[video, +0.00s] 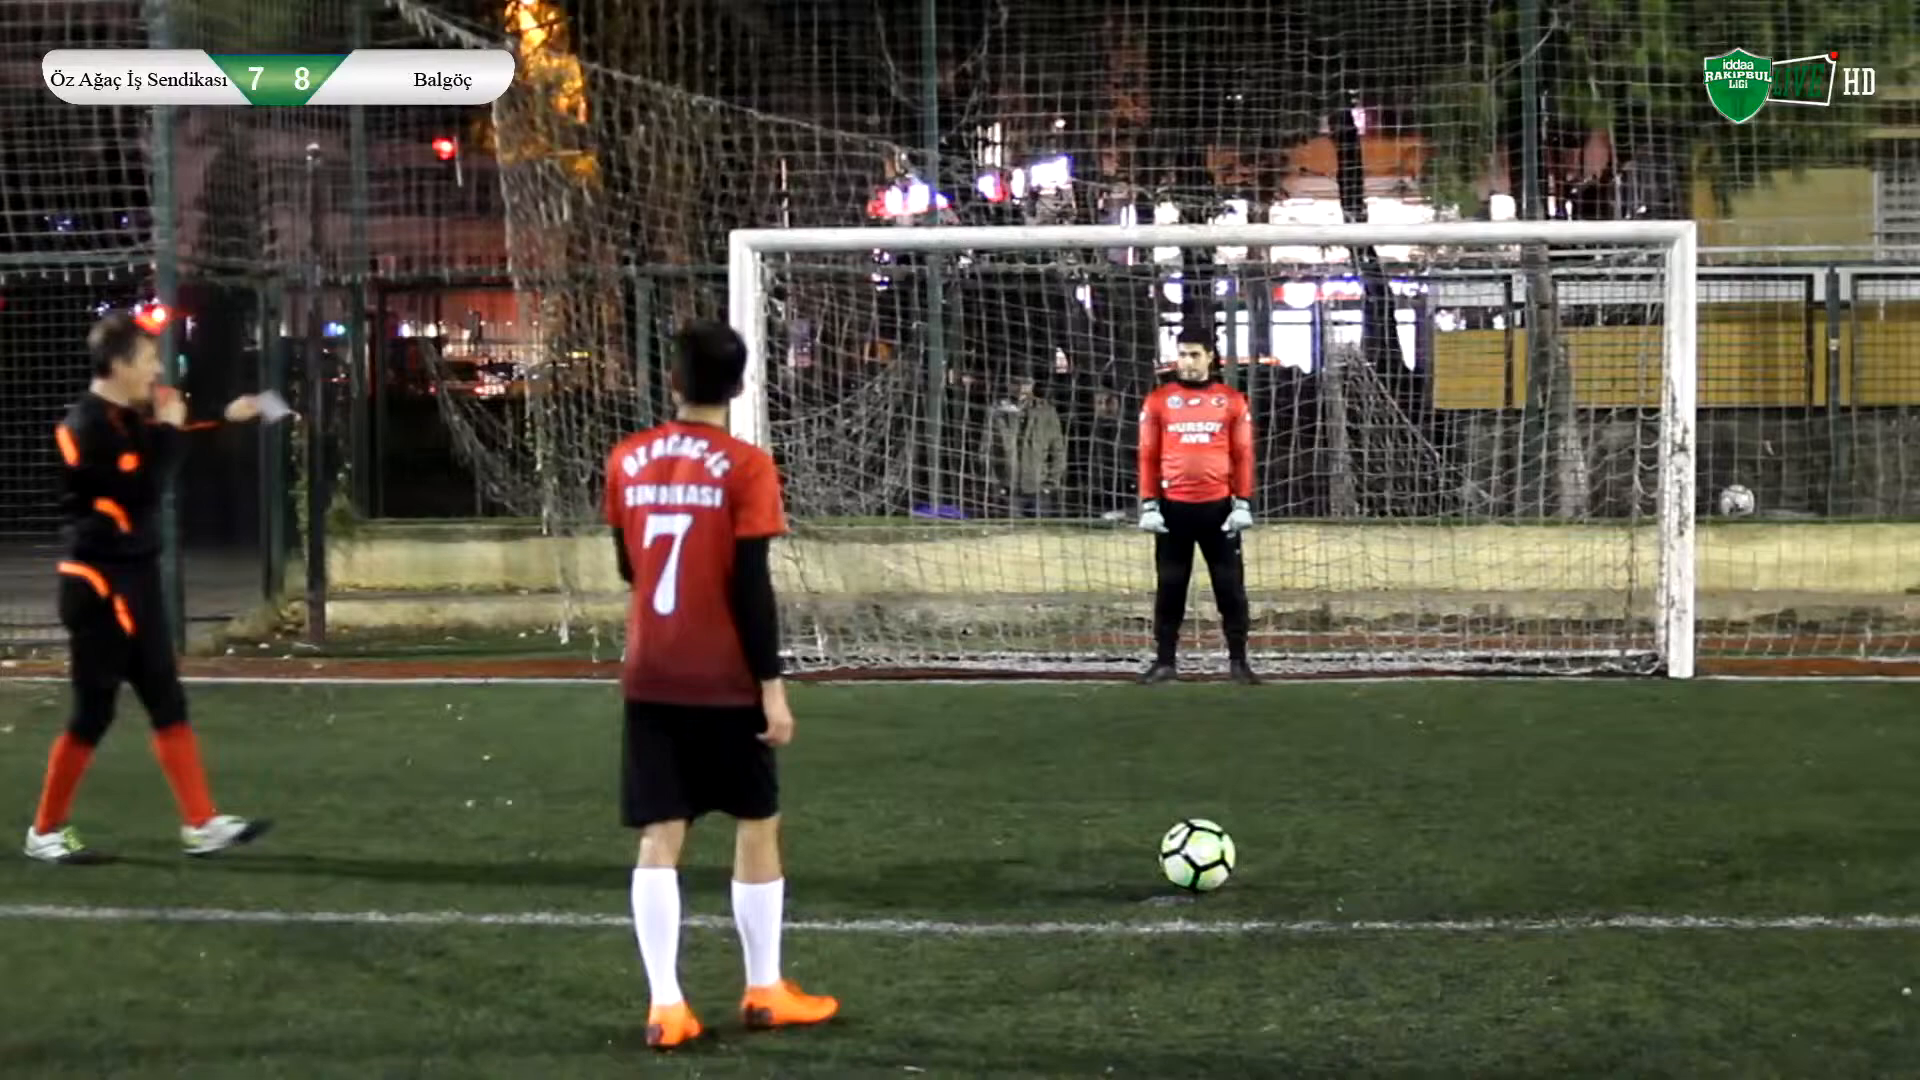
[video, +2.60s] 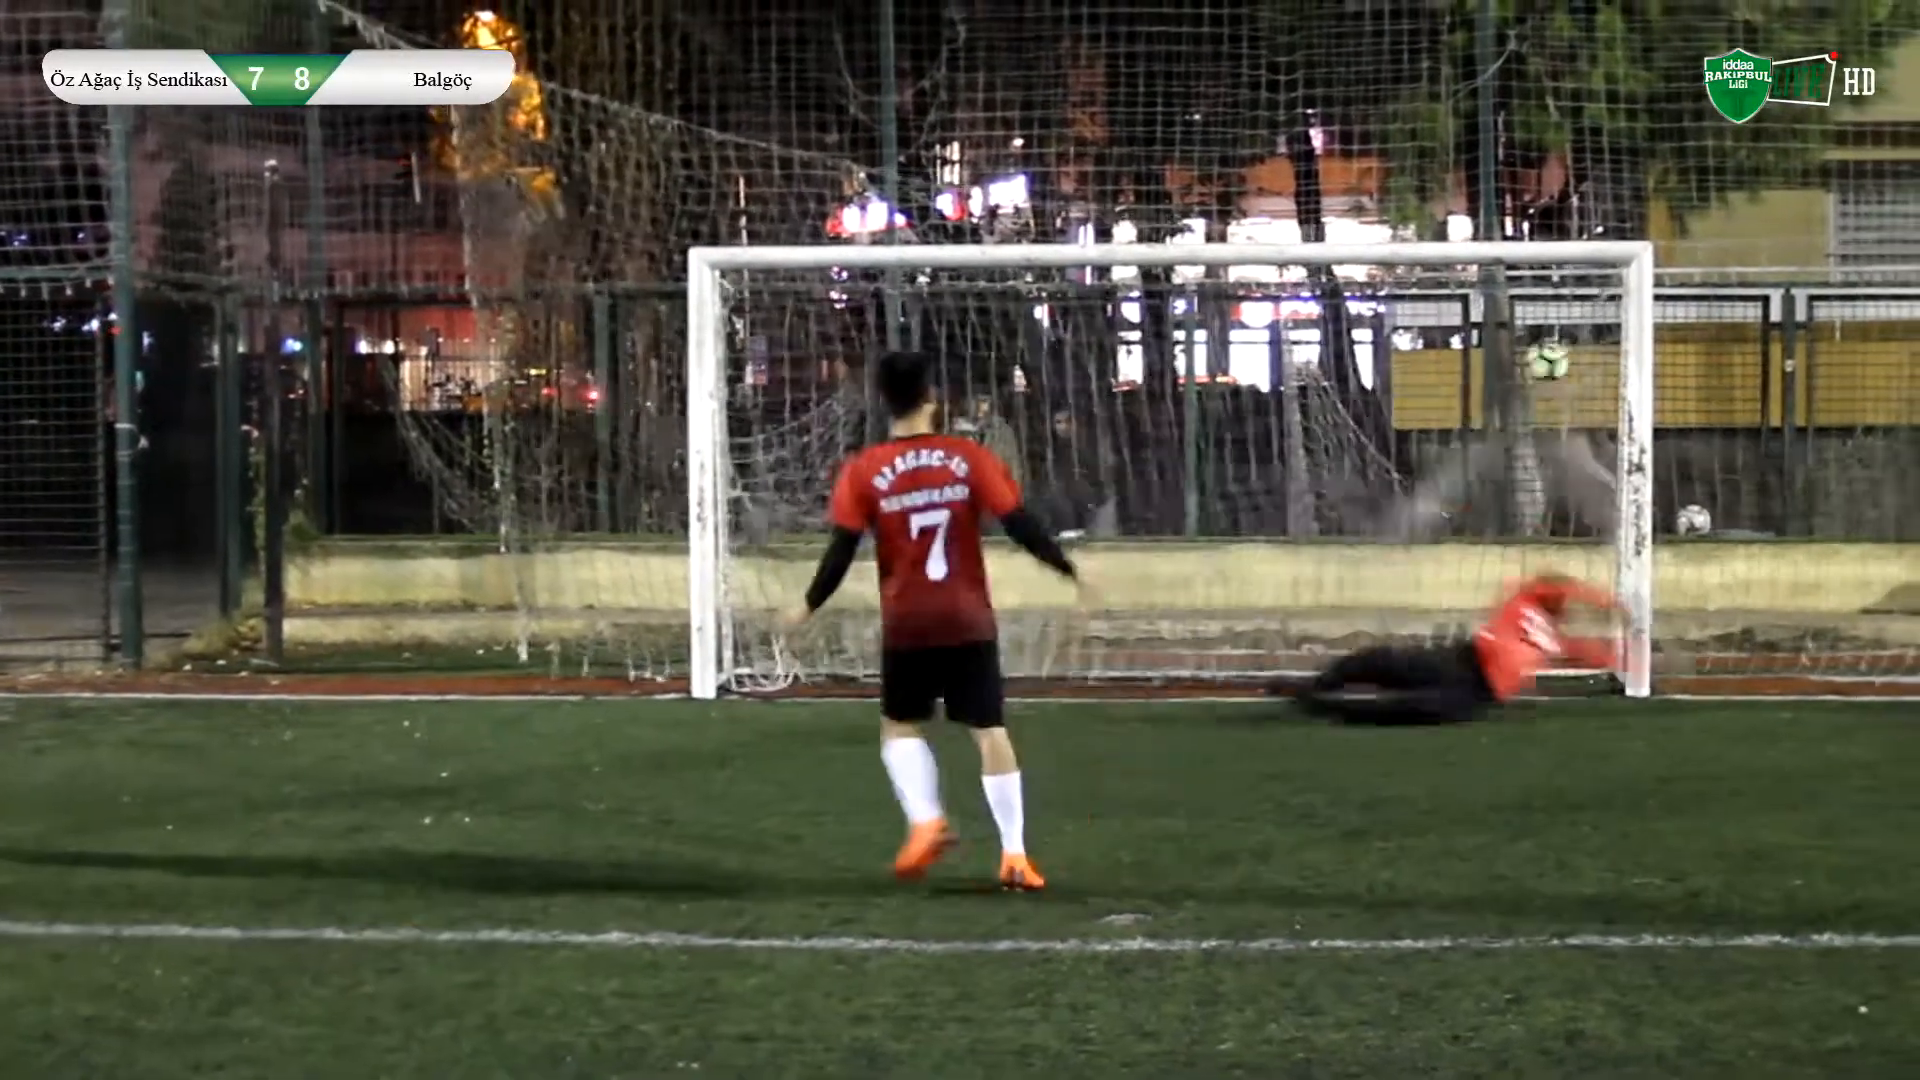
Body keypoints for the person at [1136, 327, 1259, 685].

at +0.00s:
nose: (1189, 362)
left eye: (1196, 355)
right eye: (1183, 354)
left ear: (1211, 358)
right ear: (1176, 358)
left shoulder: (1232, 400)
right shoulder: (1157, 400)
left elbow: (1244, 453)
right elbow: (1148, 454)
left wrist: (1243, 500)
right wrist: (1149, 501)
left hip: (1219, 505)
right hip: (1173, 505)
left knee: (1230, 588)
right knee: (1169, 587)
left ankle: (1238, 661)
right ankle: (1165, 661)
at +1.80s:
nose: (1216, 377)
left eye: (1223, 370)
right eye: (1210, 370)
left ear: (1234, 374)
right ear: (1200, 372)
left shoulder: (1252, 418)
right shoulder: (1176, 413)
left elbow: (1269, 472)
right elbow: (1159, 465)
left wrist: (1283, 515)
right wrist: (1141, 507)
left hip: (1235, 525)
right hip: (1188, 524)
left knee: (1250, 595)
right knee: (1165, 594)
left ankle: (1257, 665)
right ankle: (1159, 664)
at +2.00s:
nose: (1206, 434)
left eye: (1213, 426)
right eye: (1199, 426)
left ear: (1226, 428)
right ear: (1189, 429)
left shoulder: (1250, 458)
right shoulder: (1180, 460)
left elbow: (1277, 498)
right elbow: (1148, 496)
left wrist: (1309, 539)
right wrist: (1111, 525)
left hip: (1246, 545)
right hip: (1199, 545)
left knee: (1270, 592)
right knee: (1159, 602)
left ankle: (1234, 657)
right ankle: (1112, 678)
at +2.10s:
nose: (1210, 474)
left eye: (1217, 465)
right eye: (1203, 465)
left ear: (1229, 467)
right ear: (1193, 469)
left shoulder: (1254, 496)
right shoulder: (1184, 498)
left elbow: (1282, 530)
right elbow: (1150, 530)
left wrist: (1306, 565)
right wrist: (1112, 557)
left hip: (1248, 570)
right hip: (1201, 568)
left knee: (1280, 598)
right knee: (1154, 615)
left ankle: (1244, 671)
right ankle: (1109, 680)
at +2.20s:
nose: (1253, 497)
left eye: (1261, 491)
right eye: (1247, 489)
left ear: (1274, 497)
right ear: (1233, 494)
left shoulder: (1287, 529)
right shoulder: (1217, 522)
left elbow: (1308, 566)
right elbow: (1188, 549)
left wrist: (1319, 579)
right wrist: (1169, 563)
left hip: (1258, 609)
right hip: (1216, 602)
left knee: (1292, 629)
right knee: (1161, 636)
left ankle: (1239, 692)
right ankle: (1098, 686)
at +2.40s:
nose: (1421, 526)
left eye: (1422, 522)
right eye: (1416, 519)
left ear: (1419, 530)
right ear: (1404, 518)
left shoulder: (1415, 563)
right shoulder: (1372, 540)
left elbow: (1460, 572)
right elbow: (1383, 521)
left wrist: (1482, 546)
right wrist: (1427, 505)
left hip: (1337, 651)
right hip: (1310, 626)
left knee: (1339, 707)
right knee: (1234, 661)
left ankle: (1263, 705)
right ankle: (1150, 694)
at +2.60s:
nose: (1562, 609)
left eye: (1566, 607)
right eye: (1556, 601)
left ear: (1565, 614)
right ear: (1544, 596)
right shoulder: (1525, 602)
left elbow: (1592, 656)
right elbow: (1561, 588)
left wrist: (1623, 648)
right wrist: (1609, 601)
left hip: (1478, 693)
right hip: (1462, 659)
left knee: (1412, 707)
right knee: (1387, 661)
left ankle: (1339, 712)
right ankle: (1325, 681)